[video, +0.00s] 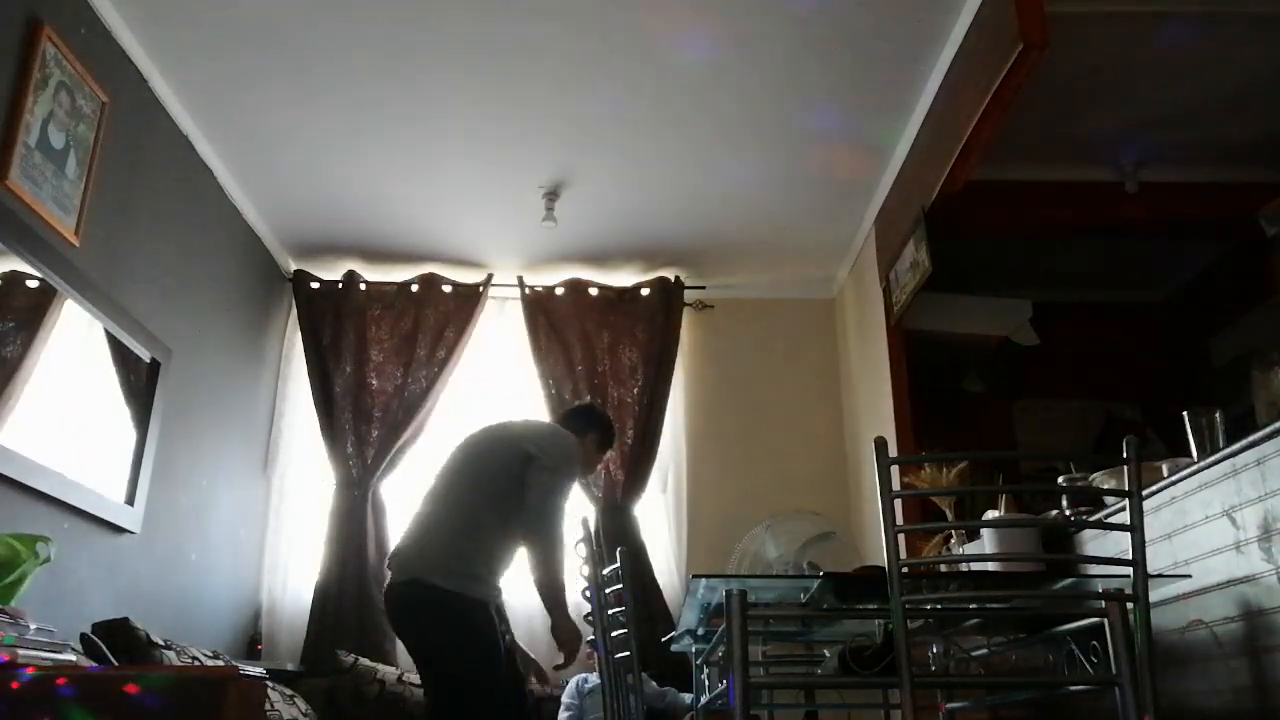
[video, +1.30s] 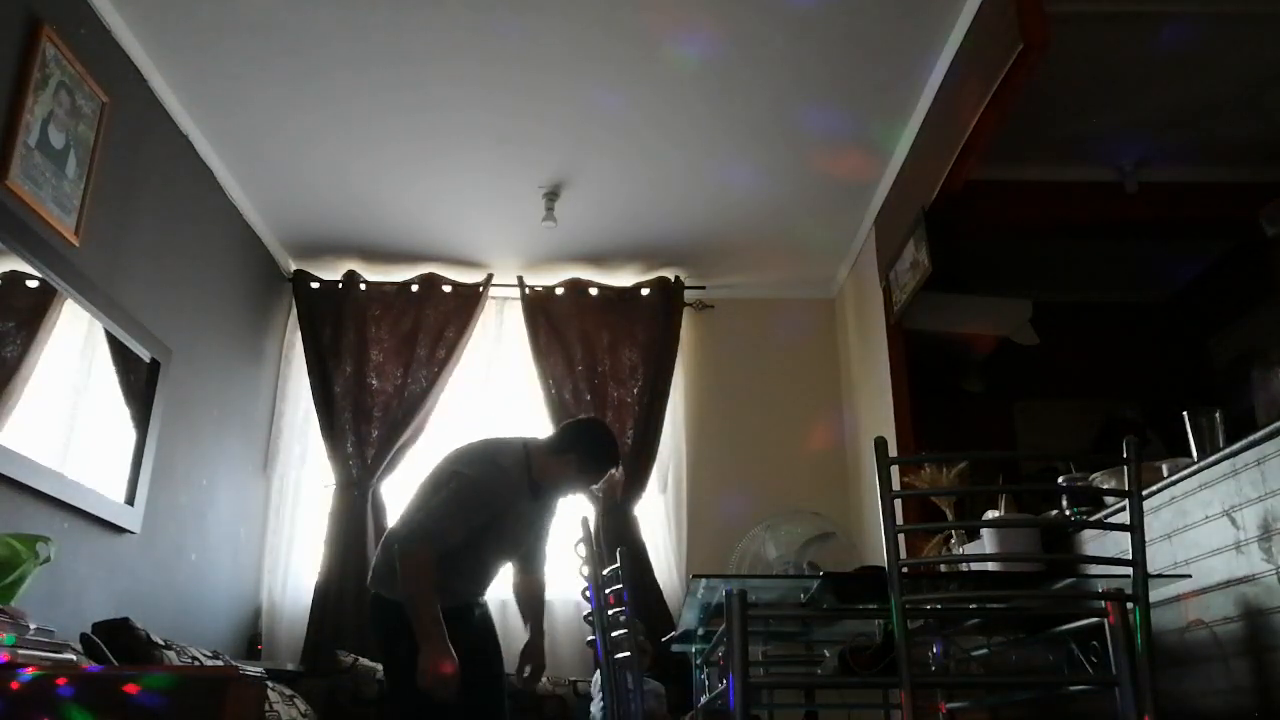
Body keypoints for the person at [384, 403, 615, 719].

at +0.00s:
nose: (594, 468)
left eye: (601, 460)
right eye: (598, 455)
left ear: (563, 423)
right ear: (589, 437)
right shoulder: (558, 444)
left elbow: (475, 573)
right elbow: (541, 528)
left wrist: (510, 646)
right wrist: (561, 618)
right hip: (451, 595)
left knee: (455, 707)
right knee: (497, 707)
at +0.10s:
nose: (600, 497)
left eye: (608, 490)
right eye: (606, 485)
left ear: (573, 453)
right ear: (597, 466)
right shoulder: (558, 471)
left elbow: (508, 595)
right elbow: (536, 573)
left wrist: (533, 673)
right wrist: (560, 653)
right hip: (433, 597)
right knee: (485, 707)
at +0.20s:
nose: (615, 525)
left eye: (621, 515)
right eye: (619, 511)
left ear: (585, 481)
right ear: (608, 496)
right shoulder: (561, 497)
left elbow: (503, 602)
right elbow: (535, 600)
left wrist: (531, 677)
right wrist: (553, 682)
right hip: (426, 597)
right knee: (471, 707)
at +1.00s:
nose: (578, 521)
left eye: (588, 516)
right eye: (586, 511)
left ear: (574, 475)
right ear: (578, 486)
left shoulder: (531, 508)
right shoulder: (513, 491)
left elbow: (508, 599)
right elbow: (484, 602)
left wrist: (523, 677)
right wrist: (517, 680)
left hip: (436, 605)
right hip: (394, 603)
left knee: (475, 705)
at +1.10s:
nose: (585, 512)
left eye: (593, 507)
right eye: (592, 502)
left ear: (574, 466)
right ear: (579, 479)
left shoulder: (539, 503)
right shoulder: (508, 485)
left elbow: (501, 583)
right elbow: (453, 587)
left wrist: (500, 662)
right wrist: (501, 662)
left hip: (442, 602)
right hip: (399, 601)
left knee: (473, 703)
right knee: (422, 708)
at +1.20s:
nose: (579, 503)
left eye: (589, 499)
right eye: (587, 495)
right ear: (576, 471)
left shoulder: (544, 500)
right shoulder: (492, 470)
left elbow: (508, 578)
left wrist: (509, 657)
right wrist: (465, 649)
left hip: (457, 598)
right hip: (400, 595)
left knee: (489, 697)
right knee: (423, 702)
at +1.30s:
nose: (574, 490)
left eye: (583, 485)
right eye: (580, 481)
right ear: (571, 459)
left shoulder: (545, 490)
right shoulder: (483, 468)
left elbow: (529, 572)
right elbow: (412, 545)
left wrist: (536, 634)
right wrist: (433, 642)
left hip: (463, 602)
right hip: (402, 600)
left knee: (488, 702)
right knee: (419, 707)